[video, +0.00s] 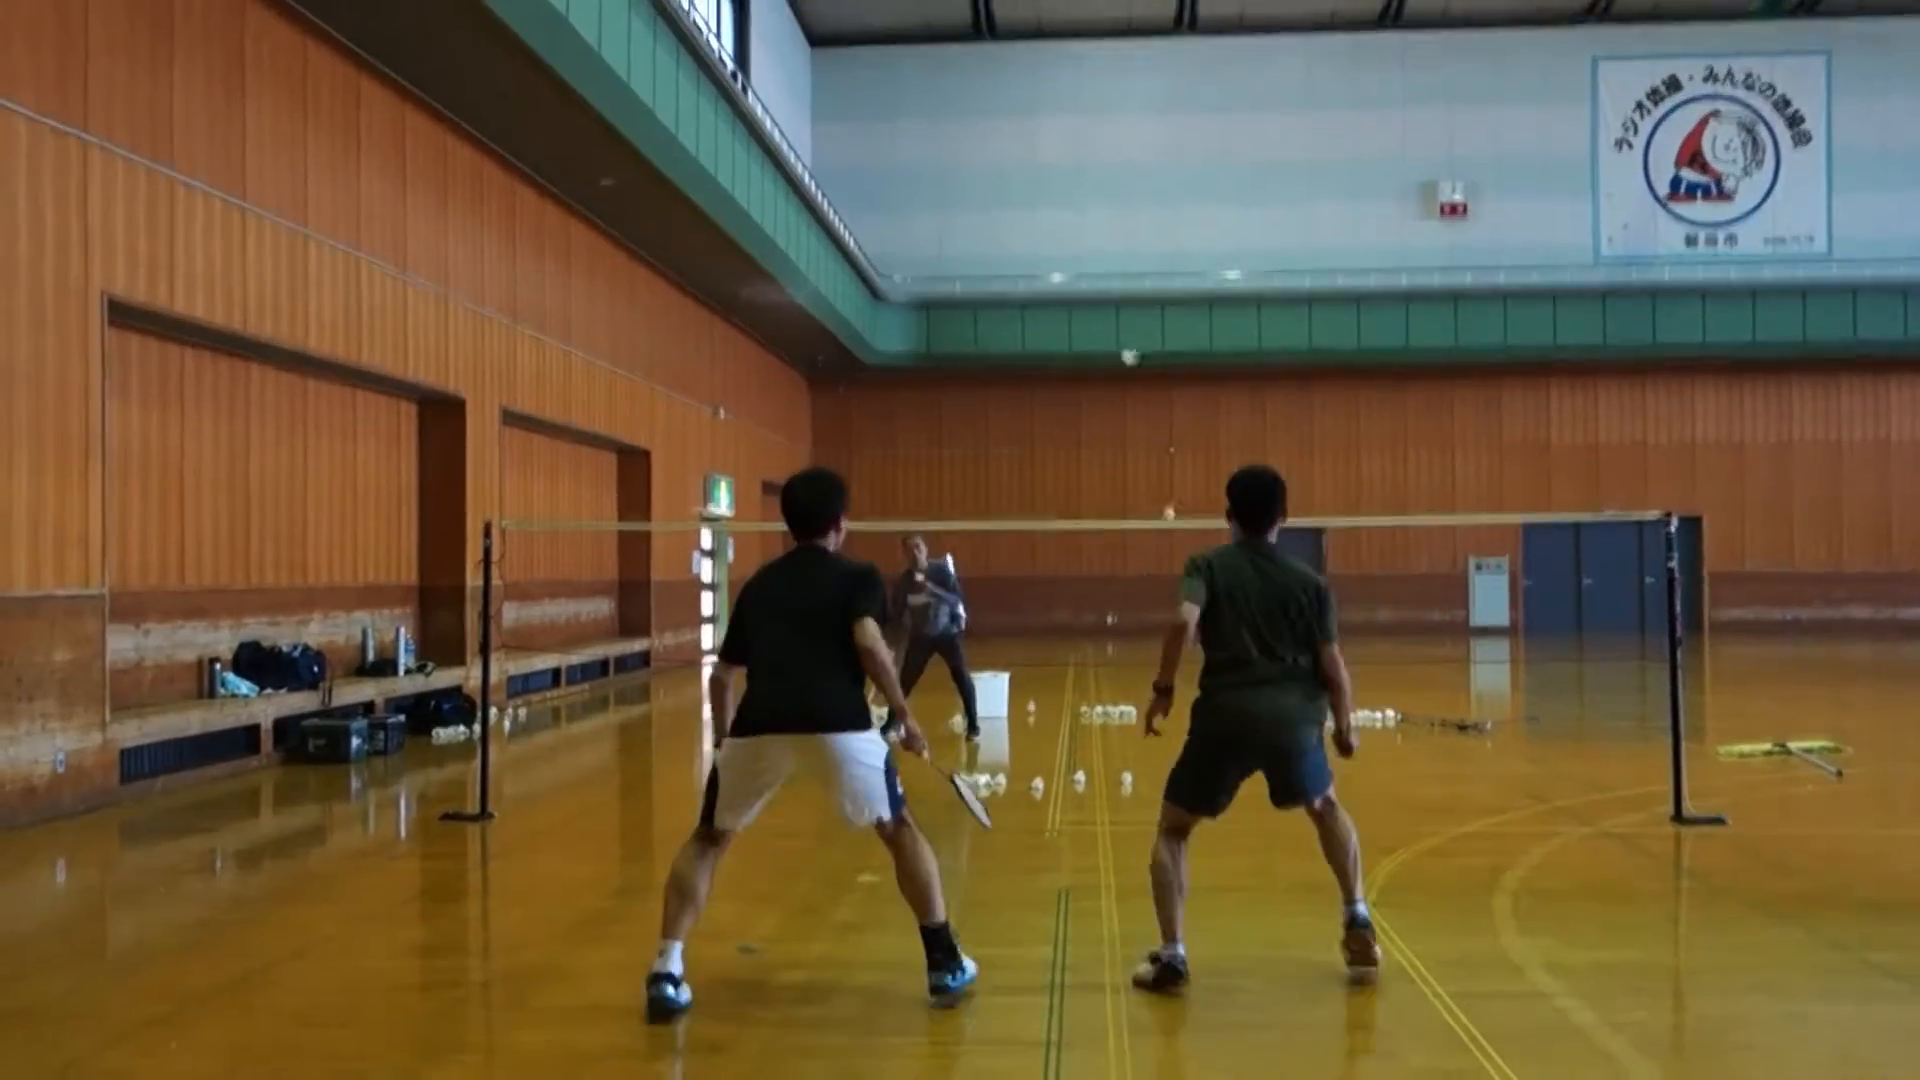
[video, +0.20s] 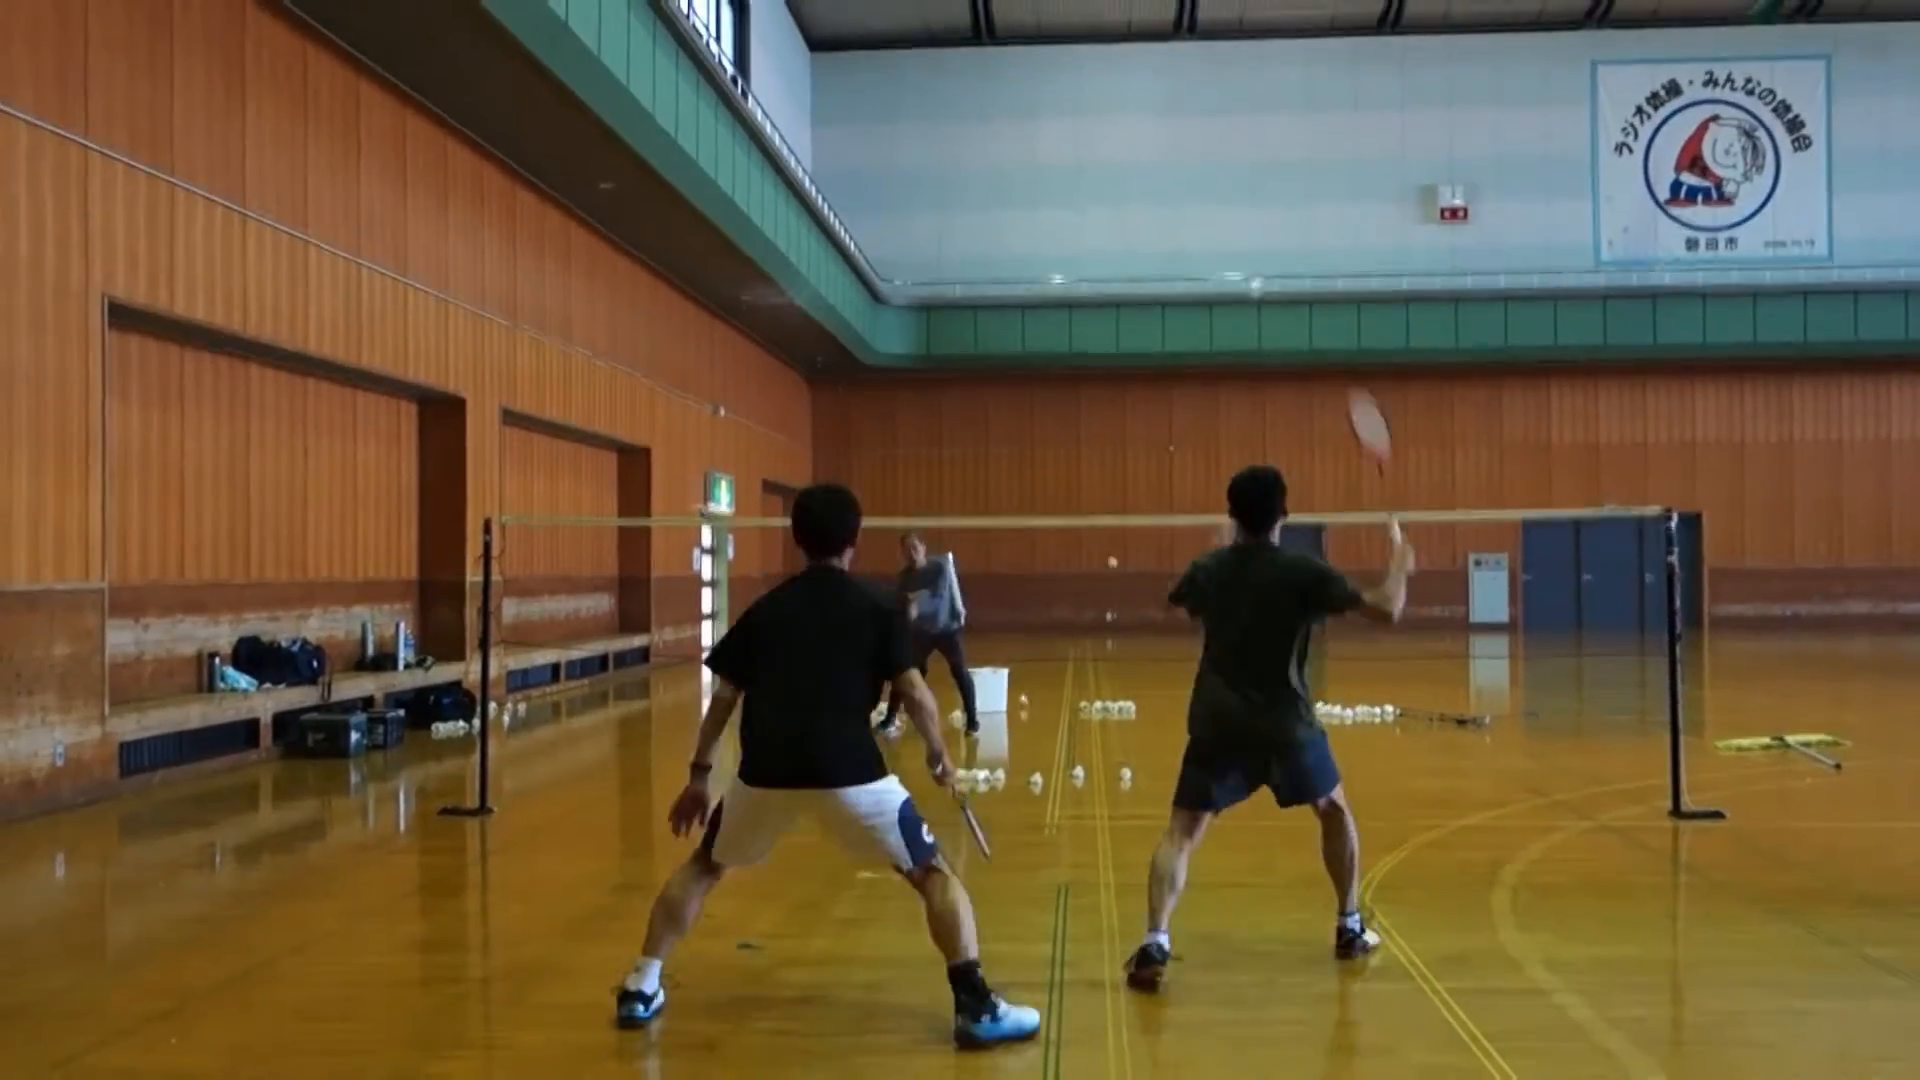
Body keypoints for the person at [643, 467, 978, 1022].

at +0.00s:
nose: (845, 528)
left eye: (841, 521)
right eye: (845, 521)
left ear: (788, 525)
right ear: (839, 524)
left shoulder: (759, 583)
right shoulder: (857, 576)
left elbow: (722, 676)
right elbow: (867, 642)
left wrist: (724, 744)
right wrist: (902, 712)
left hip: (762, 725)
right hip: (841, 724)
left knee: (707, 842)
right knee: (899, 831)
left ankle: (666, 971)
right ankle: (944, 960)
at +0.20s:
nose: (857, 543)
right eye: (856, 535)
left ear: (797, 539)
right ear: (854, 540)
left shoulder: (764, 609)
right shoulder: (877, 605)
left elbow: (722, 702)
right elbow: (912, 689)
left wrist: (697, 777)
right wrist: (938, 751)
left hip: (763, 777)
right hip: (851, 775)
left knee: (703, 866)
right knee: (935, 875)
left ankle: (641, 983)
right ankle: (976, 1005)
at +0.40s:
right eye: (894, 506)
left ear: (837, 513)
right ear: (896, 512)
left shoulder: (807, 584)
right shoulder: (932, 580)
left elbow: (748, 660)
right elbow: (973, 663)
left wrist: (736, 739)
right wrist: (993, 716)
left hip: (823, 753)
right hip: (909, 754)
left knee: (759, 858)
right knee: (970, 869)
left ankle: (723, 993)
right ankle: (987, 1013)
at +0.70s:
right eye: (899, 542)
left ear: (843, 549)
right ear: (901, 549)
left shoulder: (810, 619)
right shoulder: (929, 620)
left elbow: (764, 706)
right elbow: (958, 710)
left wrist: (747, 787)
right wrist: (974, 780)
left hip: (815, 795)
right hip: (901, 790)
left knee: (756, 906)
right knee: (992, 880)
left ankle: (692, 1037)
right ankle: (1064, 1009)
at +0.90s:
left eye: (890, 566)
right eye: (935, 563)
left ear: (888, 575)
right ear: (946, 573)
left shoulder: (859, 646)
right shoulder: (981, 640)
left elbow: (812, 731)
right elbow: (1031, 719)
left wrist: (792, 801)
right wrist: (1033, 758)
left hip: (871, 819)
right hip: (962, 814)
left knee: (797, 910)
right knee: (1044, 892)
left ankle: (709, 1022)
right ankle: (1096, 1027)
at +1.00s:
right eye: (958, 539)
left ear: (905, 547)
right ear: (964, 547)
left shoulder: (878, 617)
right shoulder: (999, 613)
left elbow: (826, 691)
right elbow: (1056, 679)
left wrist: (825, 766)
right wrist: (1051, 728)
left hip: (890, 788)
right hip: (976, 789)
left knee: (817, 890)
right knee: (1043, 893)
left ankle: (754, 1009)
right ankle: (1096, 1027)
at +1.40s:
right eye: (925, 540)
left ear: (868, 545)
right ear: (926, 547)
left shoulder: (838, 606)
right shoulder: (953, 607)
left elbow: (772, 655)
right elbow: (994, 672)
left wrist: (771, 740)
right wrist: (1000, 739)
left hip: (847, 772)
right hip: (931, 777)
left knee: (782, 853)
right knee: (1014, 875)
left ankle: (780, 981)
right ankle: (1088, 996)